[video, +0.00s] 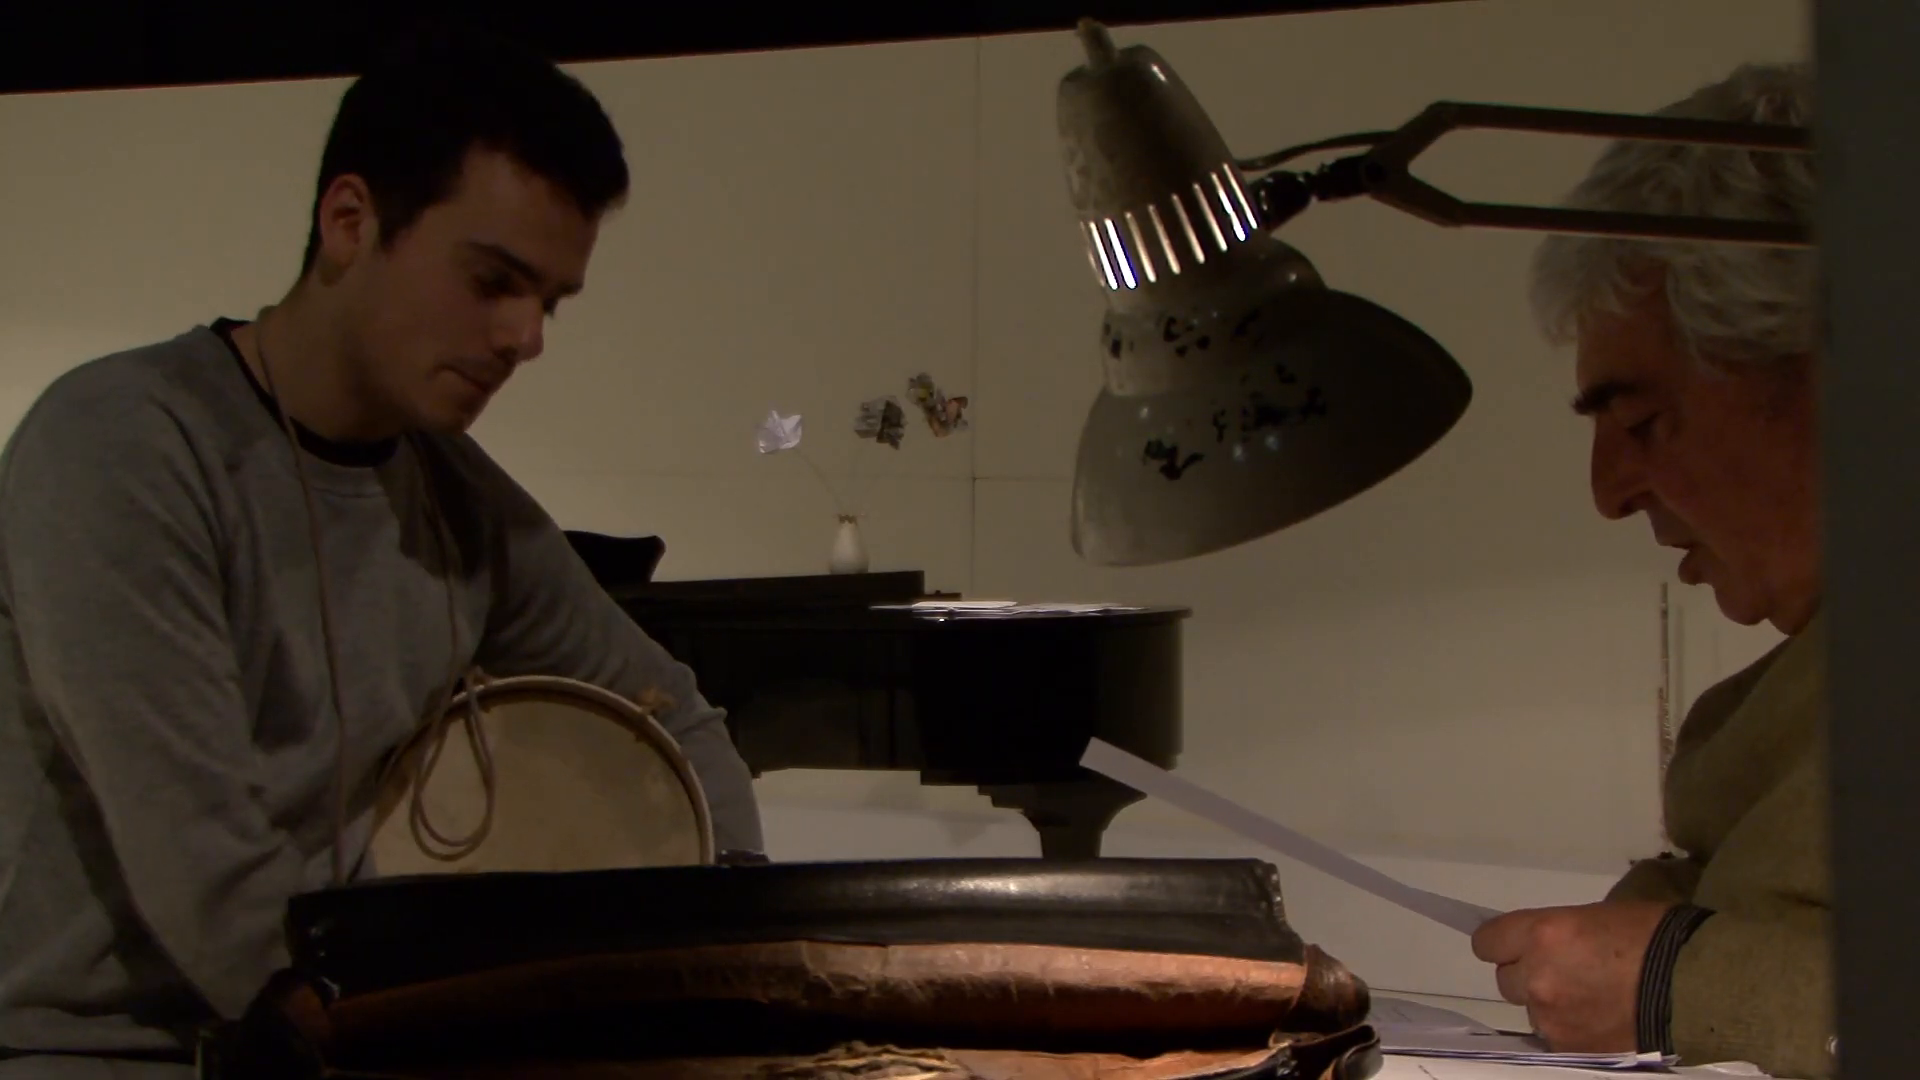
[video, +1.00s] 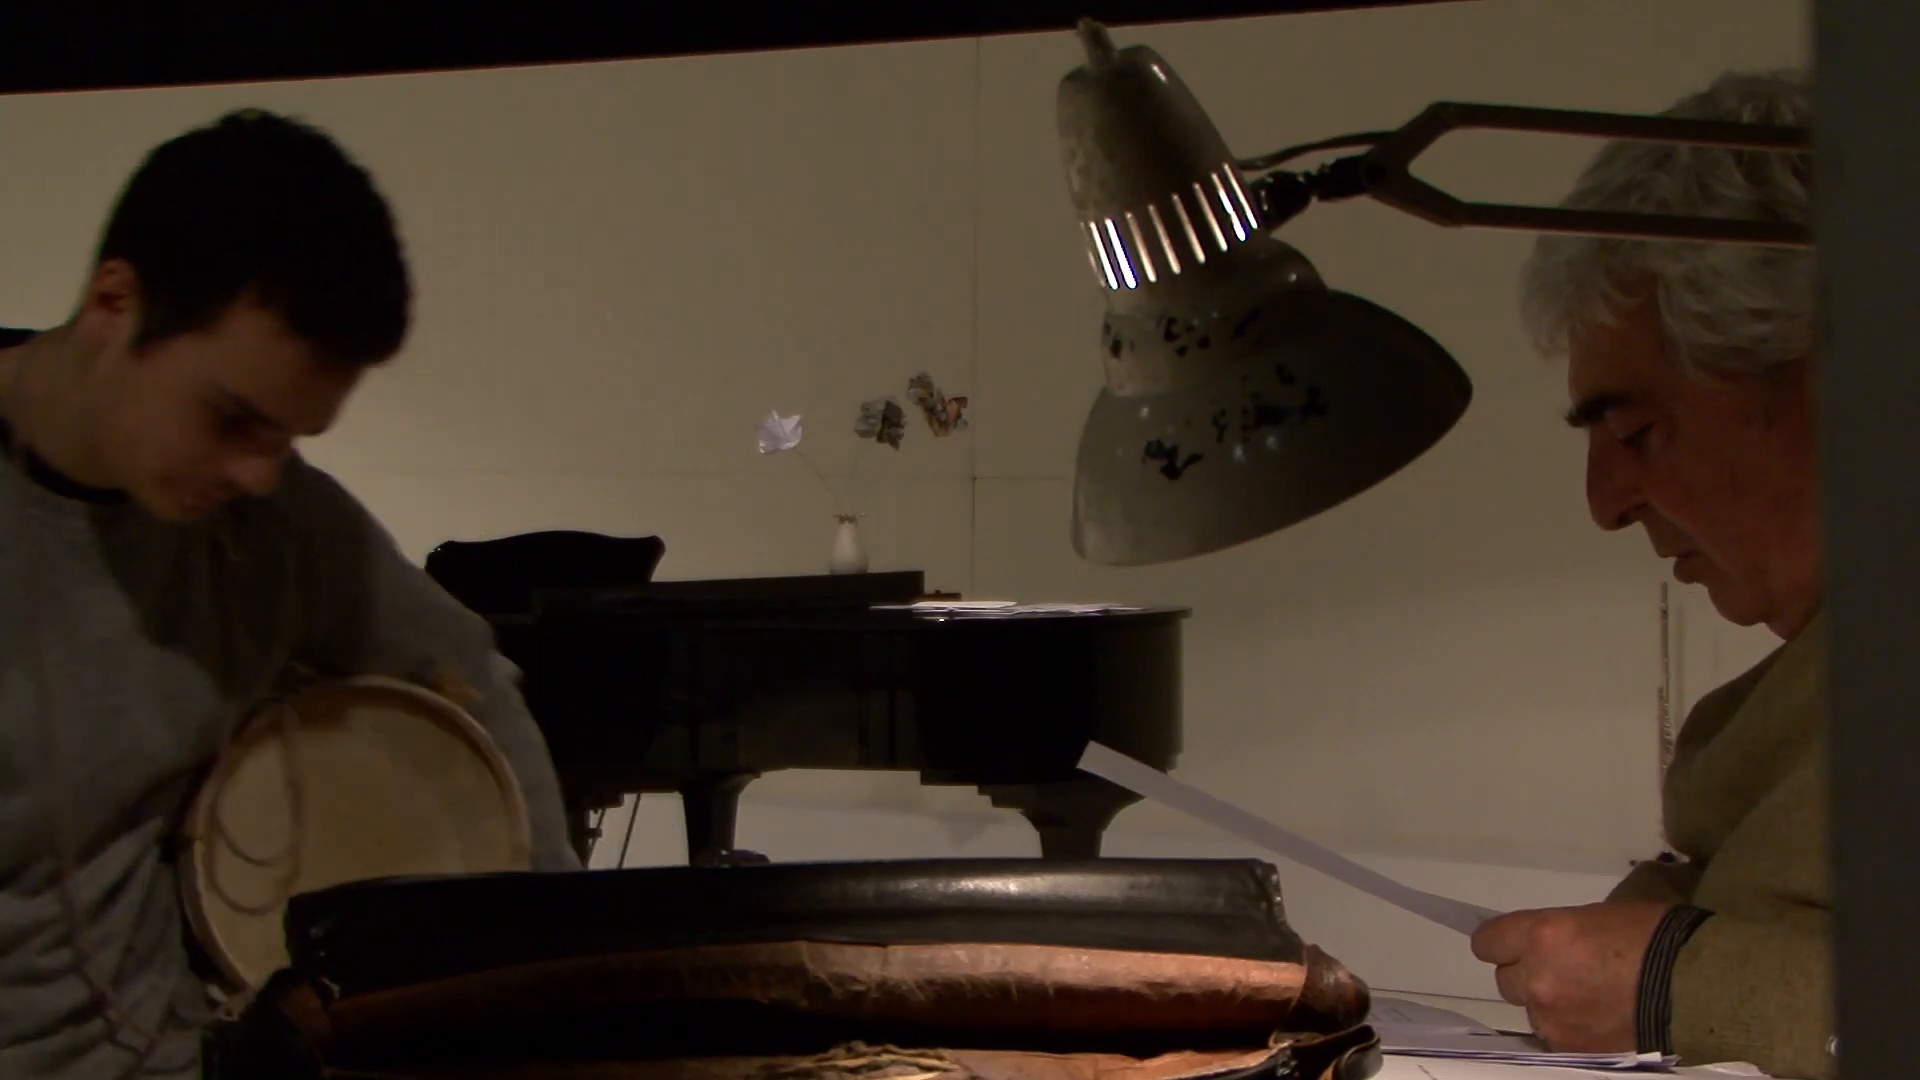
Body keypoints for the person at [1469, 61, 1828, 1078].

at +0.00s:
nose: (1612, 495)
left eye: (1640, 418)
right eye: (1602, 430)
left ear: (1823, 367)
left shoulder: (1869, 658)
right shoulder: (1798, 672)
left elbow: (1888, 1005)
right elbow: (1759, 880)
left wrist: (1675, 985)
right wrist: (1651, 933)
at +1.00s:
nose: (1609, 505)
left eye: (1636, 428)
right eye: (1597, 438)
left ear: (1819, 370)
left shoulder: (1876, 660)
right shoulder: (1803, 671)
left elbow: (1894, 1006)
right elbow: (1749, 871)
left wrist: (1674, 984)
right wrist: (1651, 930)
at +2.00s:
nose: (1603, 514)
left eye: (1628, 435)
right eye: (1591, 449)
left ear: (1807, 378)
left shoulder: (1874, 658)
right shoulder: (1794, 675)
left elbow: (1893, 1004)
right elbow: (1747, 871)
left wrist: (1674, 983)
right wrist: (1653, 931)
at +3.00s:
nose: (1603, 517)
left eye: (1627, 438)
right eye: (1591, 451)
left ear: (1806, 379)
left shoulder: (1872, 656)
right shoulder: (1797, 668)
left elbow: (1889, 1007)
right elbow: (1741, 872)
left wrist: (1673, 983)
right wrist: (1649, 934)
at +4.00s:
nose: (1601, 520)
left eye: (1623, 440)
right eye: (1589, 455)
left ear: (1806, 379)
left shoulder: (1873, 653)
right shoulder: (1796, 666)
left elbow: (1894, 1005)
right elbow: (1727, 869)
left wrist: (1674, 985)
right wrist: (1641, 946)